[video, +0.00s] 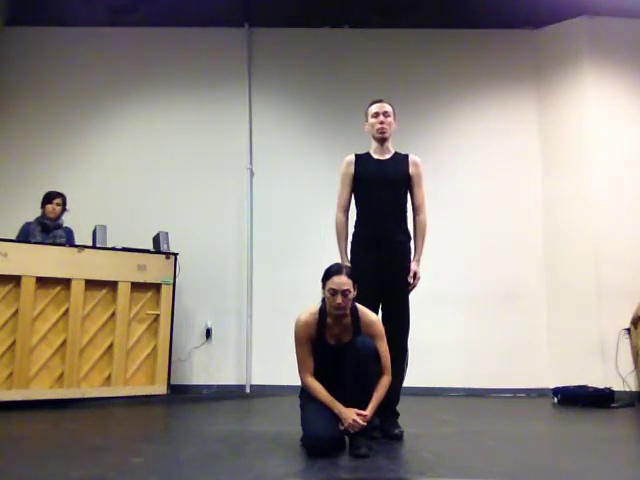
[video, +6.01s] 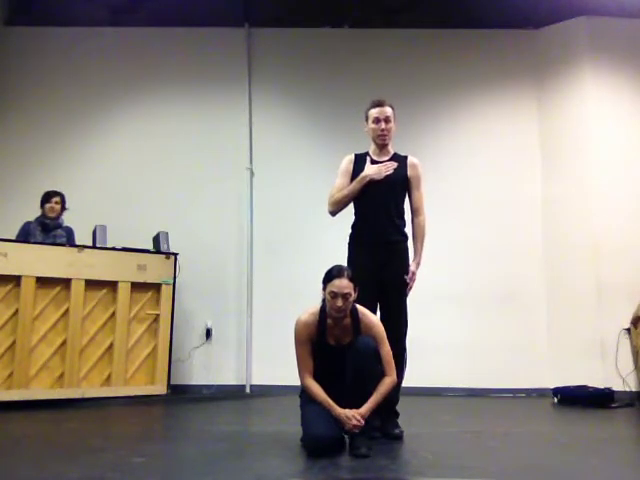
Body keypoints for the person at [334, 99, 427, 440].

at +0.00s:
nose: (381, 120)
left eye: (386, 115)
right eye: (375, 116)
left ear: (395, 123)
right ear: (366, 125)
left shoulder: (411, 165)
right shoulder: (352, 164)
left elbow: (420, 214)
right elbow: (341, 213)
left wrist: (417, 259)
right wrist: (344, 261)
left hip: (397, 259)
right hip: (363, 259)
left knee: (396, 339)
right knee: (359, 338)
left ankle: (389, 415)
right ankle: (360, 417)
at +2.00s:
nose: (381, 122)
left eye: (387, 117)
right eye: (376, 117)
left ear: (395, 124)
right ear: (366, 126)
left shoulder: (411, 166)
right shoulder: (353, 164)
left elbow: (420, 215)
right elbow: (331, 207)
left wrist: (417, 260)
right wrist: (363, 182)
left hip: (396, 258)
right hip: (362, 257)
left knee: (395, 339)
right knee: (359, 337)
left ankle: (388, 415)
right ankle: (359, 416)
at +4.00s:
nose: (381, 125)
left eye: (386, 119)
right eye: (375, 120)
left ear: (394, 125)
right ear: (366, 127)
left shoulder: (409, 166)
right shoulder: (353, 164)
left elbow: (419, 215)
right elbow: (333, 205)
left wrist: (416, 259)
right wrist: (365, 176)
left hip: (394, 257)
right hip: (362, 257)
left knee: (395, 337)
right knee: (359, 336)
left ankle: (388, 415)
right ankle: (358, 416)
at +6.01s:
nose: (383, 126)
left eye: (387, 120)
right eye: (377, 121)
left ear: (395, 125)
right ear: (366, 126)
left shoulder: (410, 166)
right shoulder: (353, 163)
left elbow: (418, 215)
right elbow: (333, 206)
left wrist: (416, 260)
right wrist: (365, 177)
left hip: (394, 257)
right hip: (361, 256)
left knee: (394, 337)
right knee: (358, 336)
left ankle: (388, 415)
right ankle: (359, 416)